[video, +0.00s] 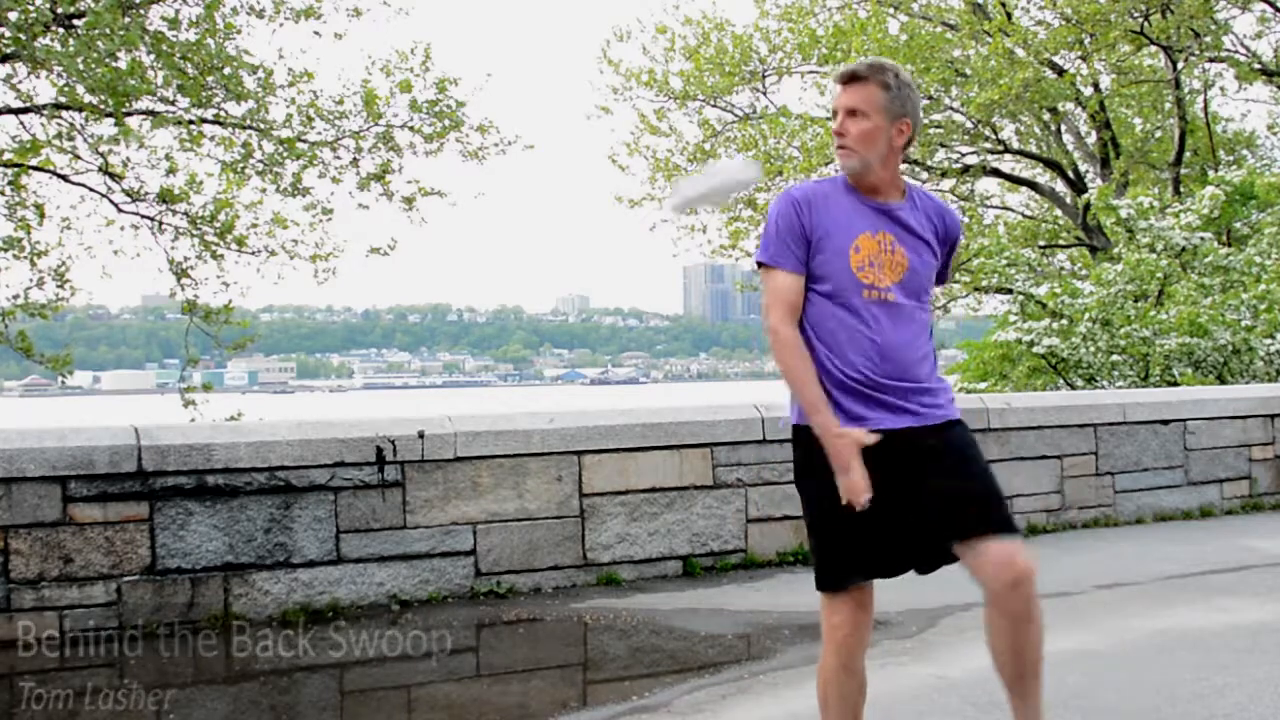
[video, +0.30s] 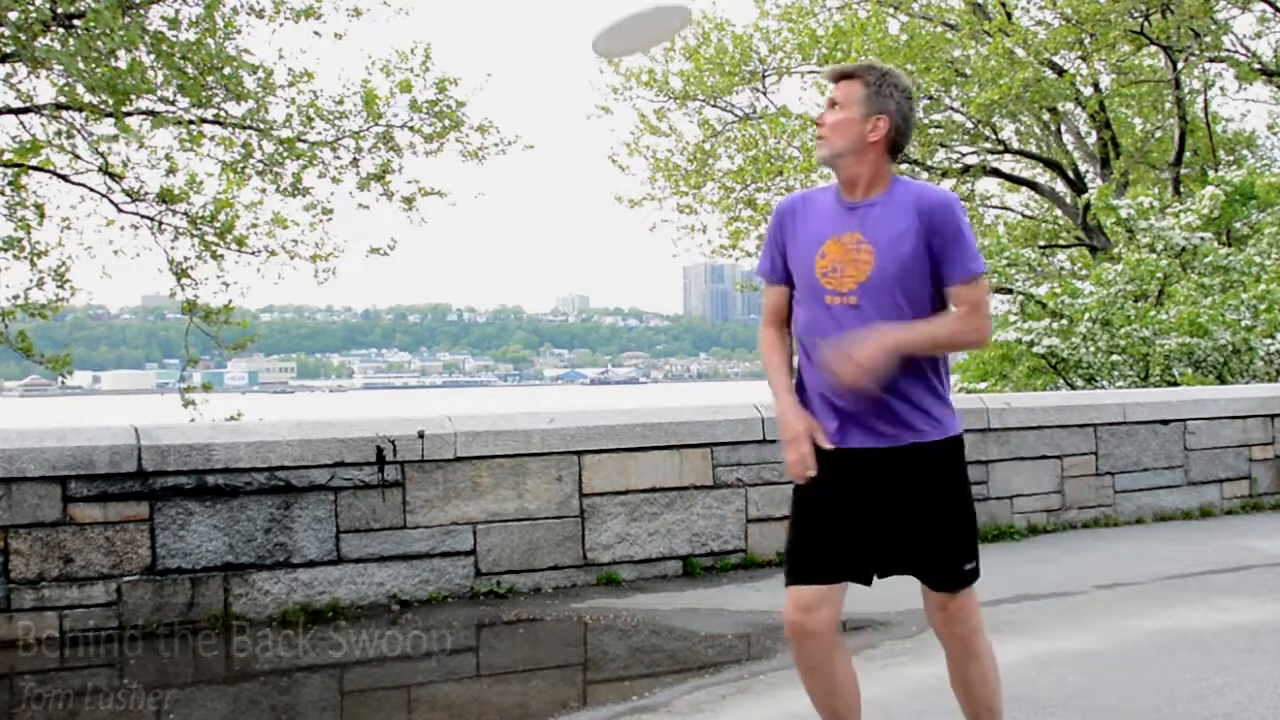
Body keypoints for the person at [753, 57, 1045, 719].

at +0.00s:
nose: (838, 128)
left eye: (855, 117)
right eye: (835, 116)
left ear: (901, 134)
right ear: (833, 125)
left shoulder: (940, 221)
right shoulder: (800, 206)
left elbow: (908, 319)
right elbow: (780, 324)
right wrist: (832, 434)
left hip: (929, 427)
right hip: (835, 434)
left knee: (1012, 571)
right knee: (846, 625)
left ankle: (1029, 715)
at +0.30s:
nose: (818, 119)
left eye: (834, 108)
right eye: (823, 107)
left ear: (877, 128)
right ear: (861, 128)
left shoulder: (934, 209)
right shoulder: (792, 215)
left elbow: (974, 322)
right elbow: (774, 326)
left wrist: (890, 337)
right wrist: (787, 409)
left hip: (922, 447)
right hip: (829, 451)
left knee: (954, 615)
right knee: (806, 618)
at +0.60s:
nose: (745, 151)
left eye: (756, 138)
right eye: (746, 138)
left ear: (797, 147)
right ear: (795, 150)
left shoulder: (802, 225)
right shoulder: (815, 228)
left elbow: (693, 306)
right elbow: (803, 352)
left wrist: (605, 231)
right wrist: (733, 405)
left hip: (828, 449)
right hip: (825, 448)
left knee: (750, 619)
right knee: (783, 623)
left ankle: (846, 713)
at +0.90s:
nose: (645, 179)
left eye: (644, 164)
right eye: (642, 165)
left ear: (663, 158)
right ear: (715, 155)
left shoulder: (668, 246)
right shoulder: (786, 215)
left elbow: (656, 384)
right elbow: (850, 313)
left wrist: (578, 439)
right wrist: (828, 393)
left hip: (739, 440)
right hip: (820, 428)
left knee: (691, 611)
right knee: (753, 527)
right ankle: (754, 680)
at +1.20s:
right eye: (728, 174)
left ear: (661, 192)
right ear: (724, 177)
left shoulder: (641, 257)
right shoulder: (780, 215)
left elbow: (660, 350)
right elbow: (835, 300)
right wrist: (874, 411)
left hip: (695, 442)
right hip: (789, 423)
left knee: (691, 613)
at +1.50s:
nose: (782, 159)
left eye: (777, 149)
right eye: (778, 149)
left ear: (713, 164)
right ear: (763, 156)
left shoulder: (677, 235)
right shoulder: (803, 219)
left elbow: (675, 334)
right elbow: (824, 301)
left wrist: (702, 411)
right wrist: (813, 413)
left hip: (695, 435)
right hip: (778, 424)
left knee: (694, 607)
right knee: (822, 506)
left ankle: (689, 716)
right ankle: (814, 656)